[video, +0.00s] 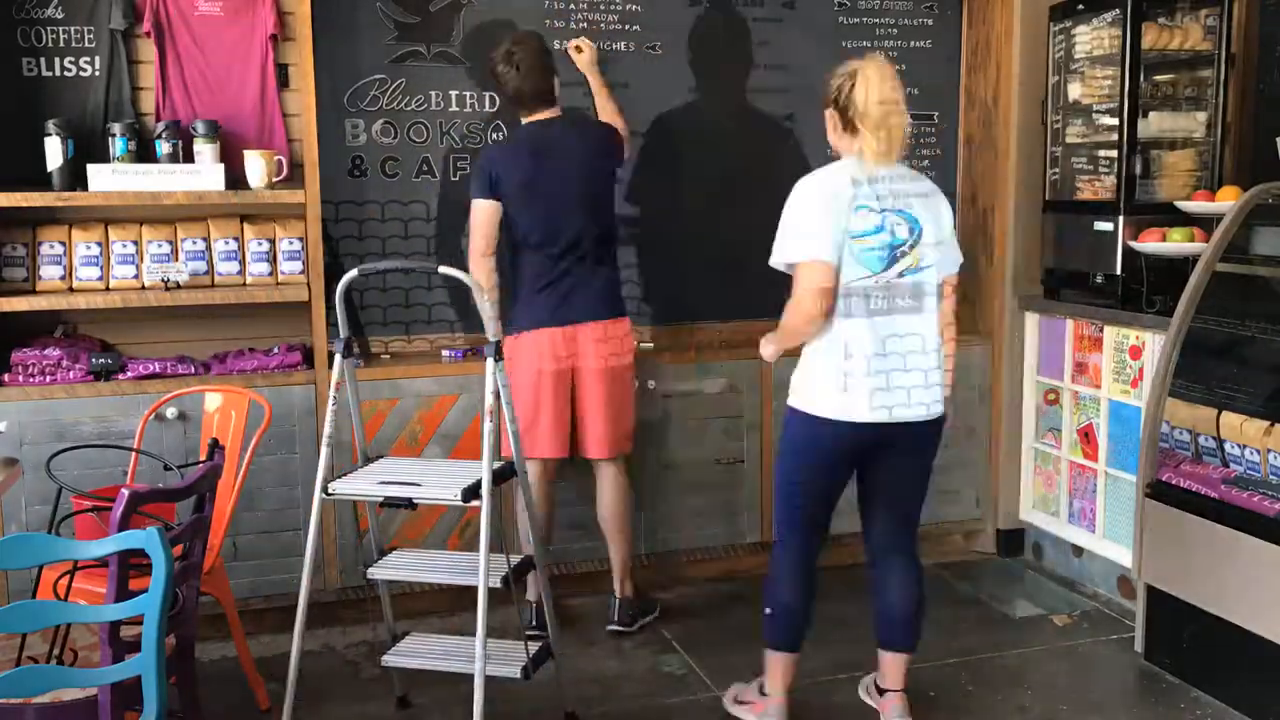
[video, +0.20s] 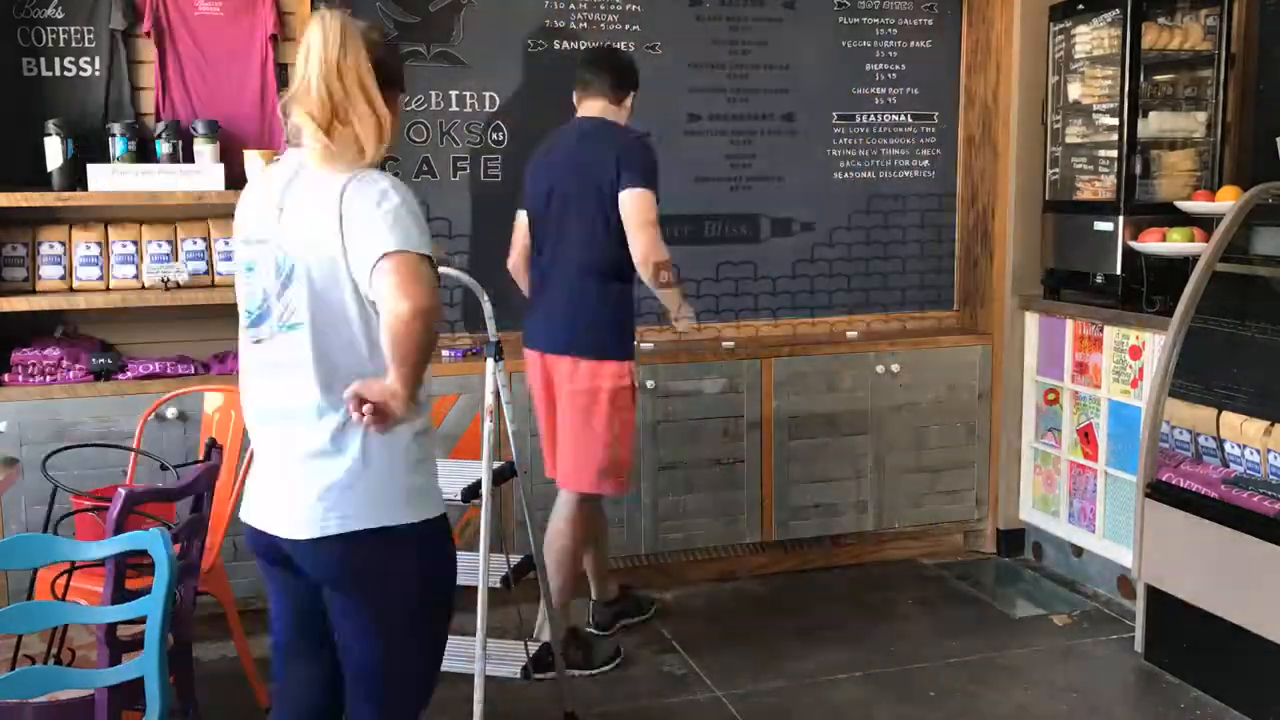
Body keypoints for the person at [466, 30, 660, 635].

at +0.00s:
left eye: (502, 83)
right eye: (548, 69)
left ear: (503, 93)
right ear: (556, 82)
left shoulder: (499, 159)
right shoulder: (599, 140)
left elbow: (480, 257)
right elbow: (617, 130)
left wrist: (494, 327)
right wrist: (595, 75)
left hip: (535, 332)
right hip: (604, 325)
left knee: (538, 467)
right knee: (610, 460)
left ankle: (537, 603)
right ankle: (625, 598)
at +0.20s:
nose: (629, 109)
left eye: (618, 102)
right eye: (631, 101)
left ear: (575, 96)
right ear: (628, 99)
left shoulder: (545, 155)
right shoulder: (628, 147)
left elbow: (517, 261)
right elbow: (647, 253)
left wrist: (557, 309)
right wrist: (677, 304)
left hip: (544, 338)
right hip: (596, 342)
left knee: (581, 479)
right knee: (576, 490)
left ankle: (604, 598)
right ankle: (553, 640)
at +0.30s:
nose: (548, 86)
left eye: (546, 74)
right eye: (541, 75)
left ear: (491, 82)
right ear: (514, 79)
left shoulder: (443, 156)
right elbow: (576, 253)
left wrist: (459, 315)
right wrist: (610, 208)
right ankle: (558, 596)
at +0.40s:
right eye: (587, 125)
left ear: (539, 136)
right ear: (591, 135)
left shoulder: (515, 202)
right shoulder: (611, 187)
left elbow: (494, 290)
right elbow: (623, 149)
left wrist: (506, 349)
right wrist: (609, 92)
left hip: (547, 370)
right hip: (616, 361)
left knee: (551, 487)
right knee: (624, 477)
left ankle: (548, 607)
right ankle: (629, 598)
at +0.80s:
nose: (598, 140)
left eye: (596, 132)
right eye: (596, 132)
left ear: (542, 134)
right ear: (590, 136)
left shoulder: (512, 201)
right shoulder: (610, 193)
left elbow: (501, 295)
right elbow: (631, 178)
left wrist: (523, 351)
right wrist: (637, 122)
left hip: (548, 368)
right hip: (613, 360)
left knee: (563, 482)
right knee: (610, 476)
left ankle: (573, 605)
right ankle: (603, 602)